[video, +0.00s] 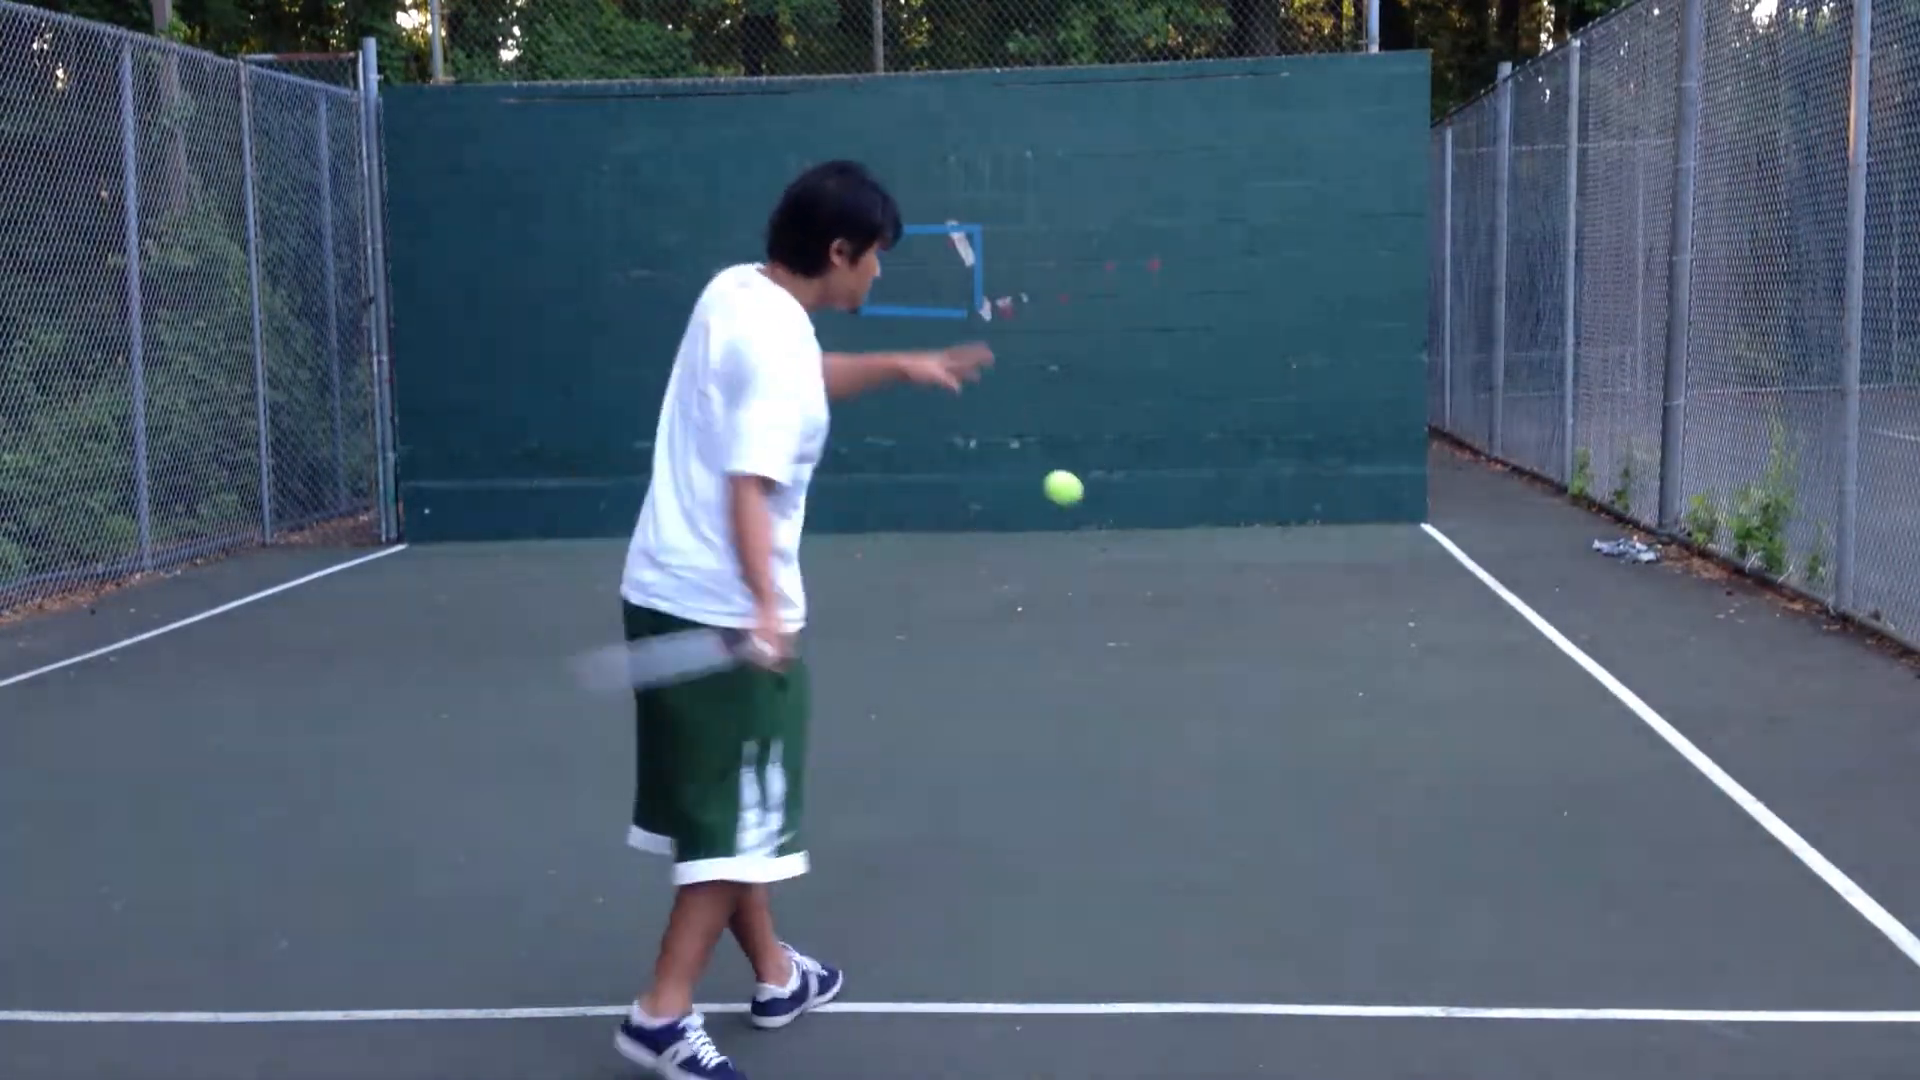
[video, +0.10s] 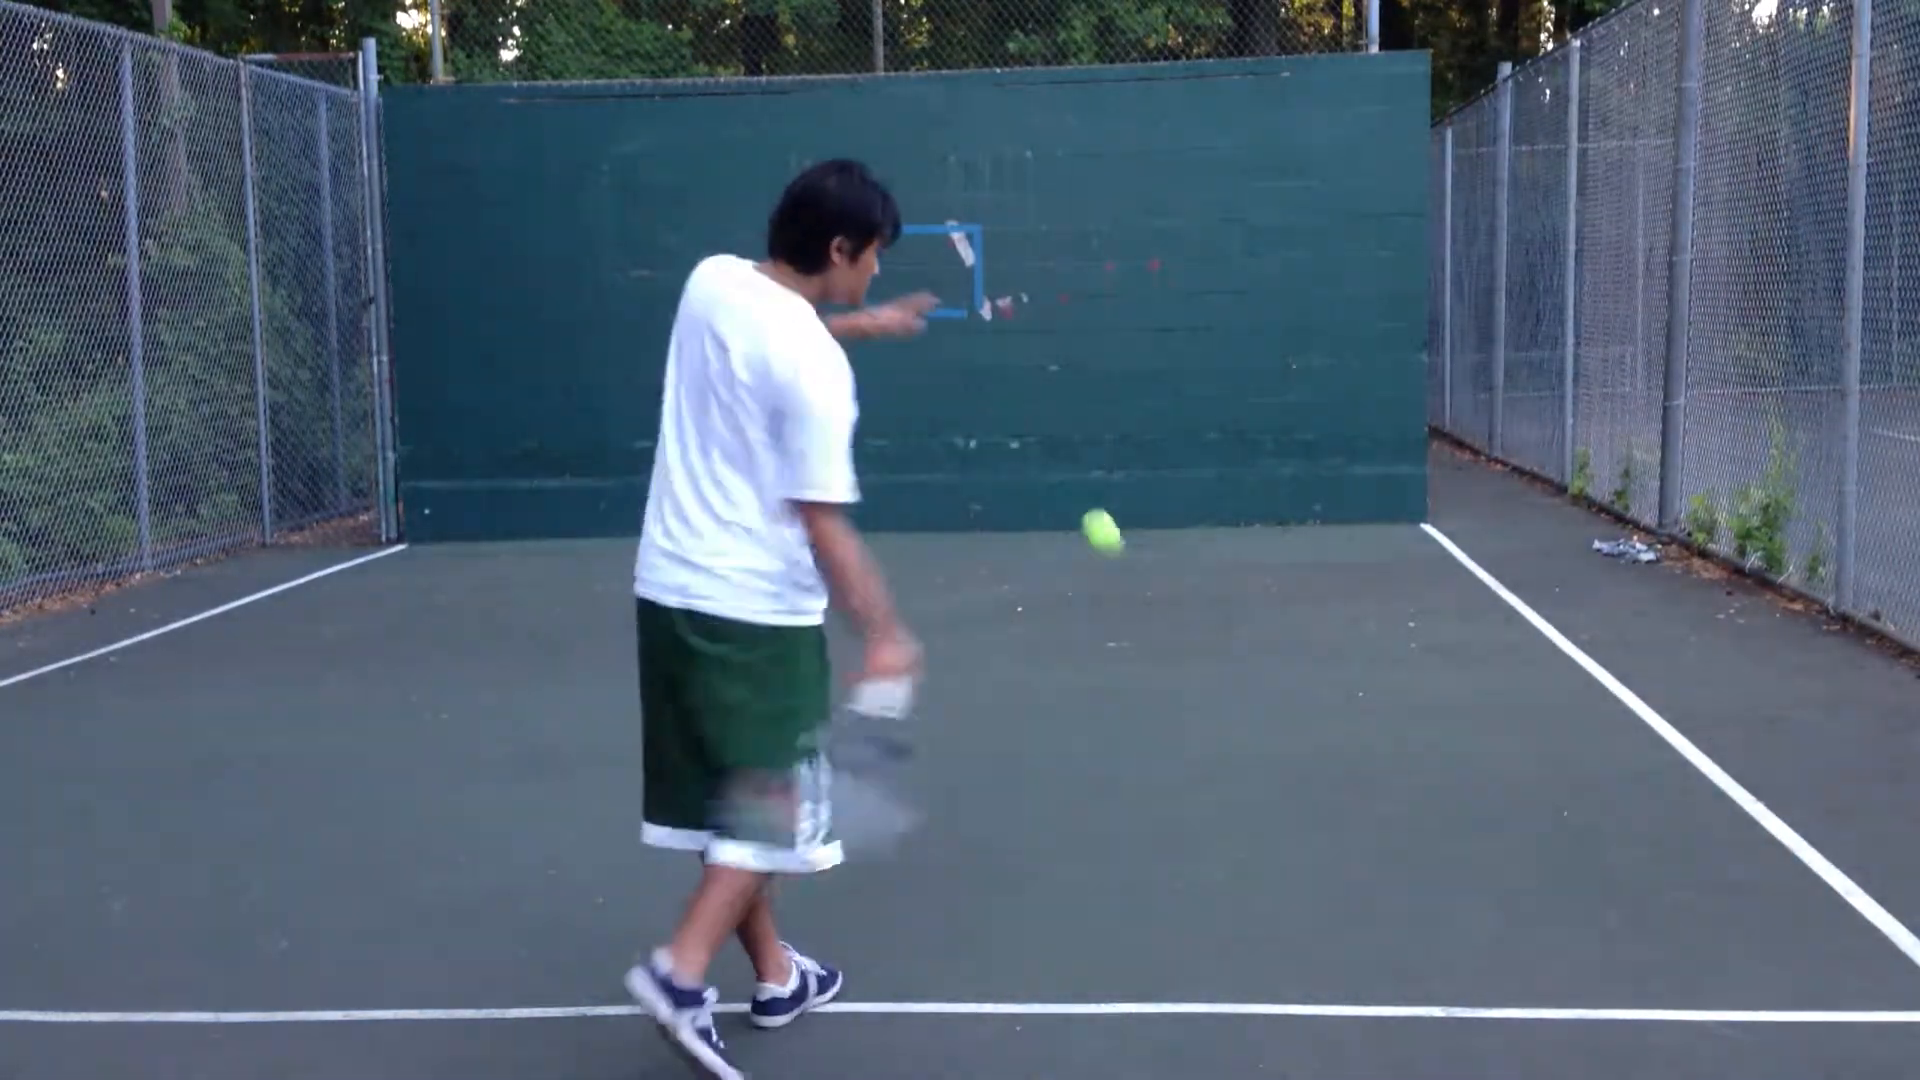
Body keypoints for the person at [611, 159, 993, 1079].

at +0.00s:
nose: (876, 276)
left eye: (880, 260)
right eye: (875, 259)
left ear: (808, 242)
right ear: (838, 252)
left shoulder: (735, 291)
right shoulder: (779, 344)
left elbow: (796, 376)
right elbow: (748, 487)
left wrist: (904, 364)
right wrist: (767, 605)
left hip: (673, 591)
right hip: (728, 607)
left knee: (721, 803)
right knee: (734, 820)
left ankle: (776, 976)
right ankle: (660, 1017)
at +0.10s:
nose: (874, 271)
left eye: (877, 255)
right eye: (871, 256)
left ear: (792, 242)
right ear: (836, 252)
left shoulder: (712, 278)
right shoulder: (812, 362)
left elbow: (779, 324)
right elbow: (823, 521)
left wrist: (871, 323)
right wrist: (883, 629)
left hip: (669, 587)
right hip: (754, 606)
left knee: (729, 796)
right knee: (771, 802)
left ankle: (774, 976)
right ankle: (680, 971)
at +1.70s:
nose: (578, 291)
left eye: (576, 274)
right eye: (571, 275)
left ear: (495, 272)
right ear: (536, 284)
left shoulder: (459, 341)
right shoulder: (449, 368)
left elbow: (490, 424)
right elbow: (379, 496)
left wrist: (597, 410)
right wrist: (408, 568)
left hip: (338, 650)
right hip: (408, 674)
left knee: (287, 846)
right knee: (422, 890)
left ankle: (171, 1028)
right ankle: (353, 1061)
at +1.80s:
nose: (556, 263)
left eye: (554, 246)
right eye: (549, 248)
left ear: (468, 250)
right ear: (507, 259)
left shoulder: (413, 312)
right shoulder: (454, 355)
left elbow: (440, 388)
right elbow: (412, 492)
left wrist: (528, 357)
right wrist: (456, 582)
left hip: (326, 644)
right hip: (416, 670)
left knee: (257, 843)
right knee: (417, 884)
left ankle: (167, 1036)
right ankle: (353, 1059)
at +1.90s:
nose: (534, 232)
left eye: (530, 214)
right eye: (522, 215)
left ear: (440, 222)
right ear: (473, 224)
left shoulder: (365, 282)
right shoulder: (456, 326)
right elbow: (514, 474)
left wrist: (551, 477)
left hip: (303, 596)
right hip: (409, 627)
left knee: (238, 806)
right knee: (417, 850)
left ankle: (156, 1012)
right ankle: (359, 1053)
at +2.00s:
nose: (500, 207)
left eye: (498, 188)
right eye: (491, 190)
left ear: (402, 187)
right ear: (445, 193)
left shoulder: (324, 262)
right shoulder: (455, 291)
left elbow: (290, 347)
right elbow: (569, 383)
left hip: (303, 578)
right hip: (416, 602)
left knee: (243, 788)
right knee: (412, 830)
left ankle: (170, 989)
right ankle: (374, 1039)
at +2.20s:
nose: (452, 208)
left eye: (451, 193)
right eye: (447, 194)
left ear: (342, 197)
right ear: (425, 202)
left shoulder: (278, 296)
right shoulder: (446, 273)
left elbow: (242, 408)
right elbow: (529, 302)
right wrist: (446, 243)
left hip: (303, 590)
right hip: (416, 587)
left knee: (288, 787)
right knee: (434, 814)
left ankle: (265, 981)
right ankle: (389, 1034)